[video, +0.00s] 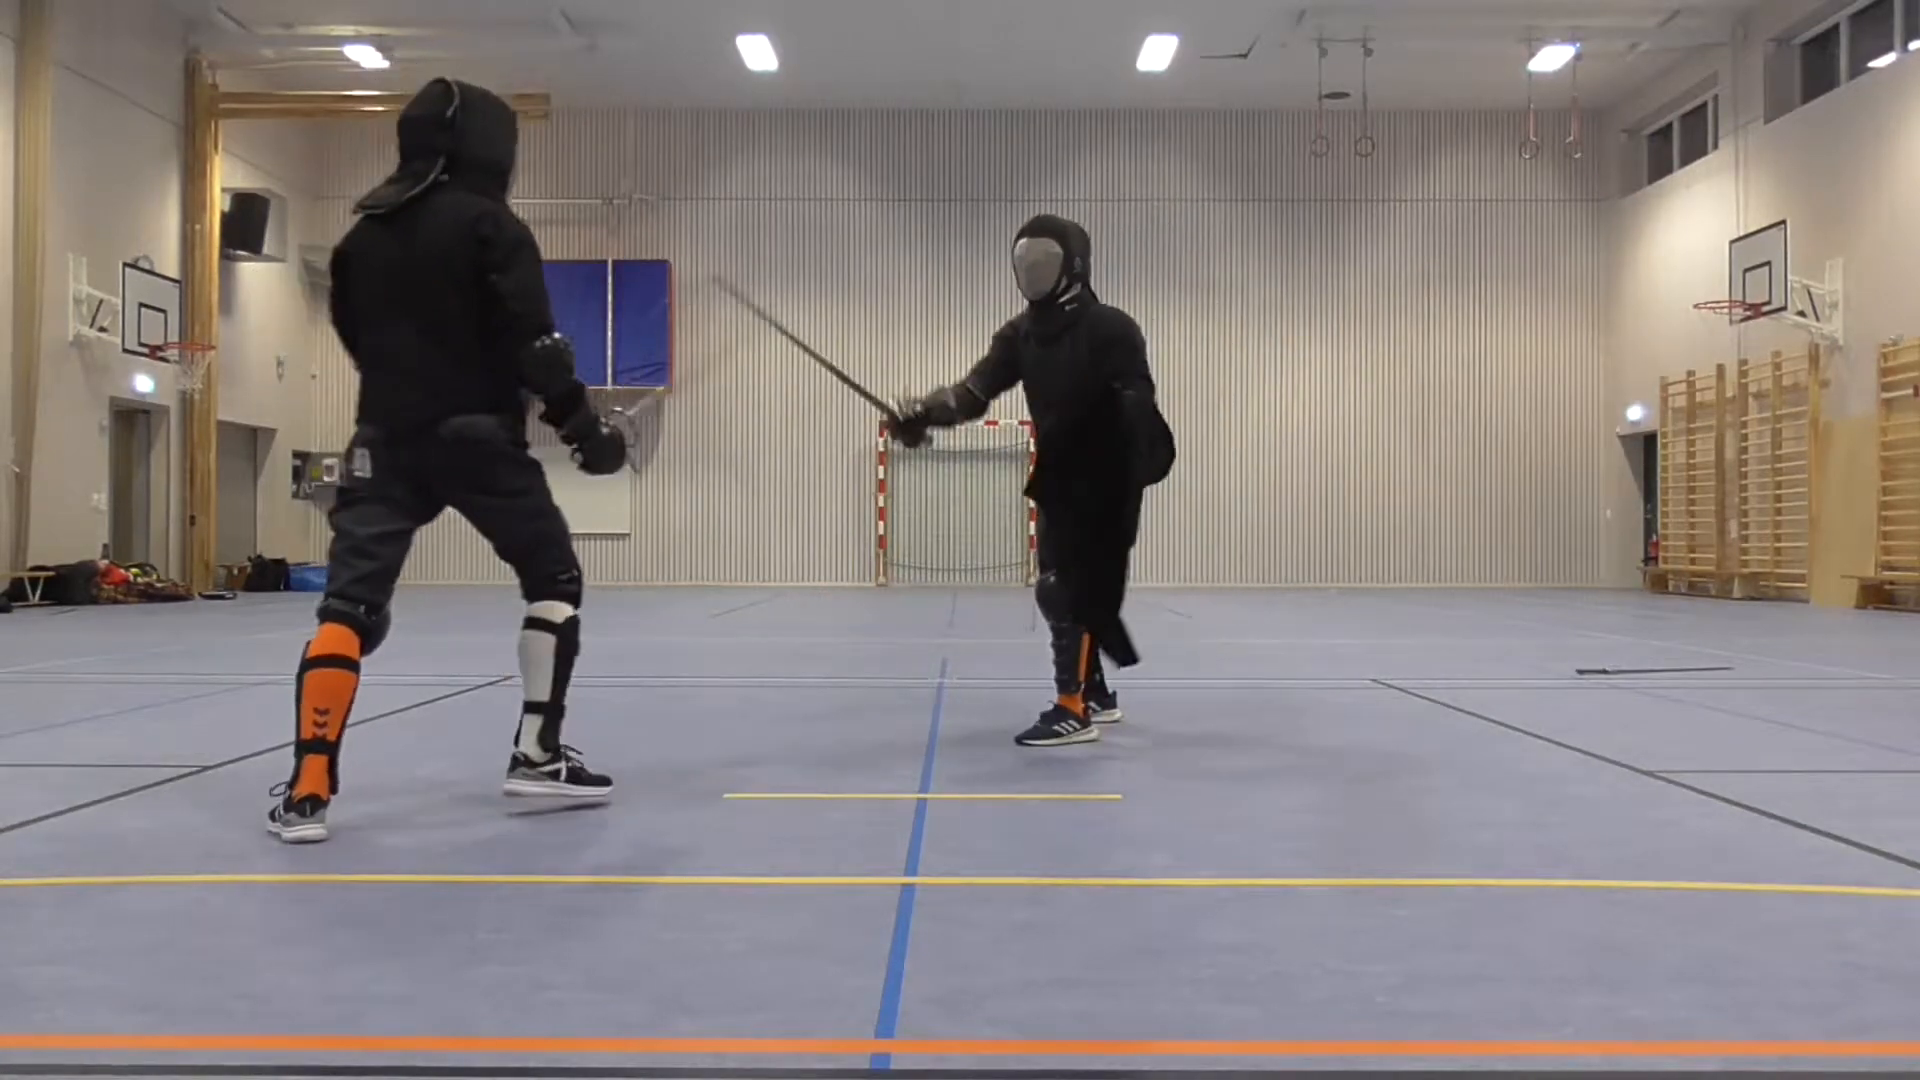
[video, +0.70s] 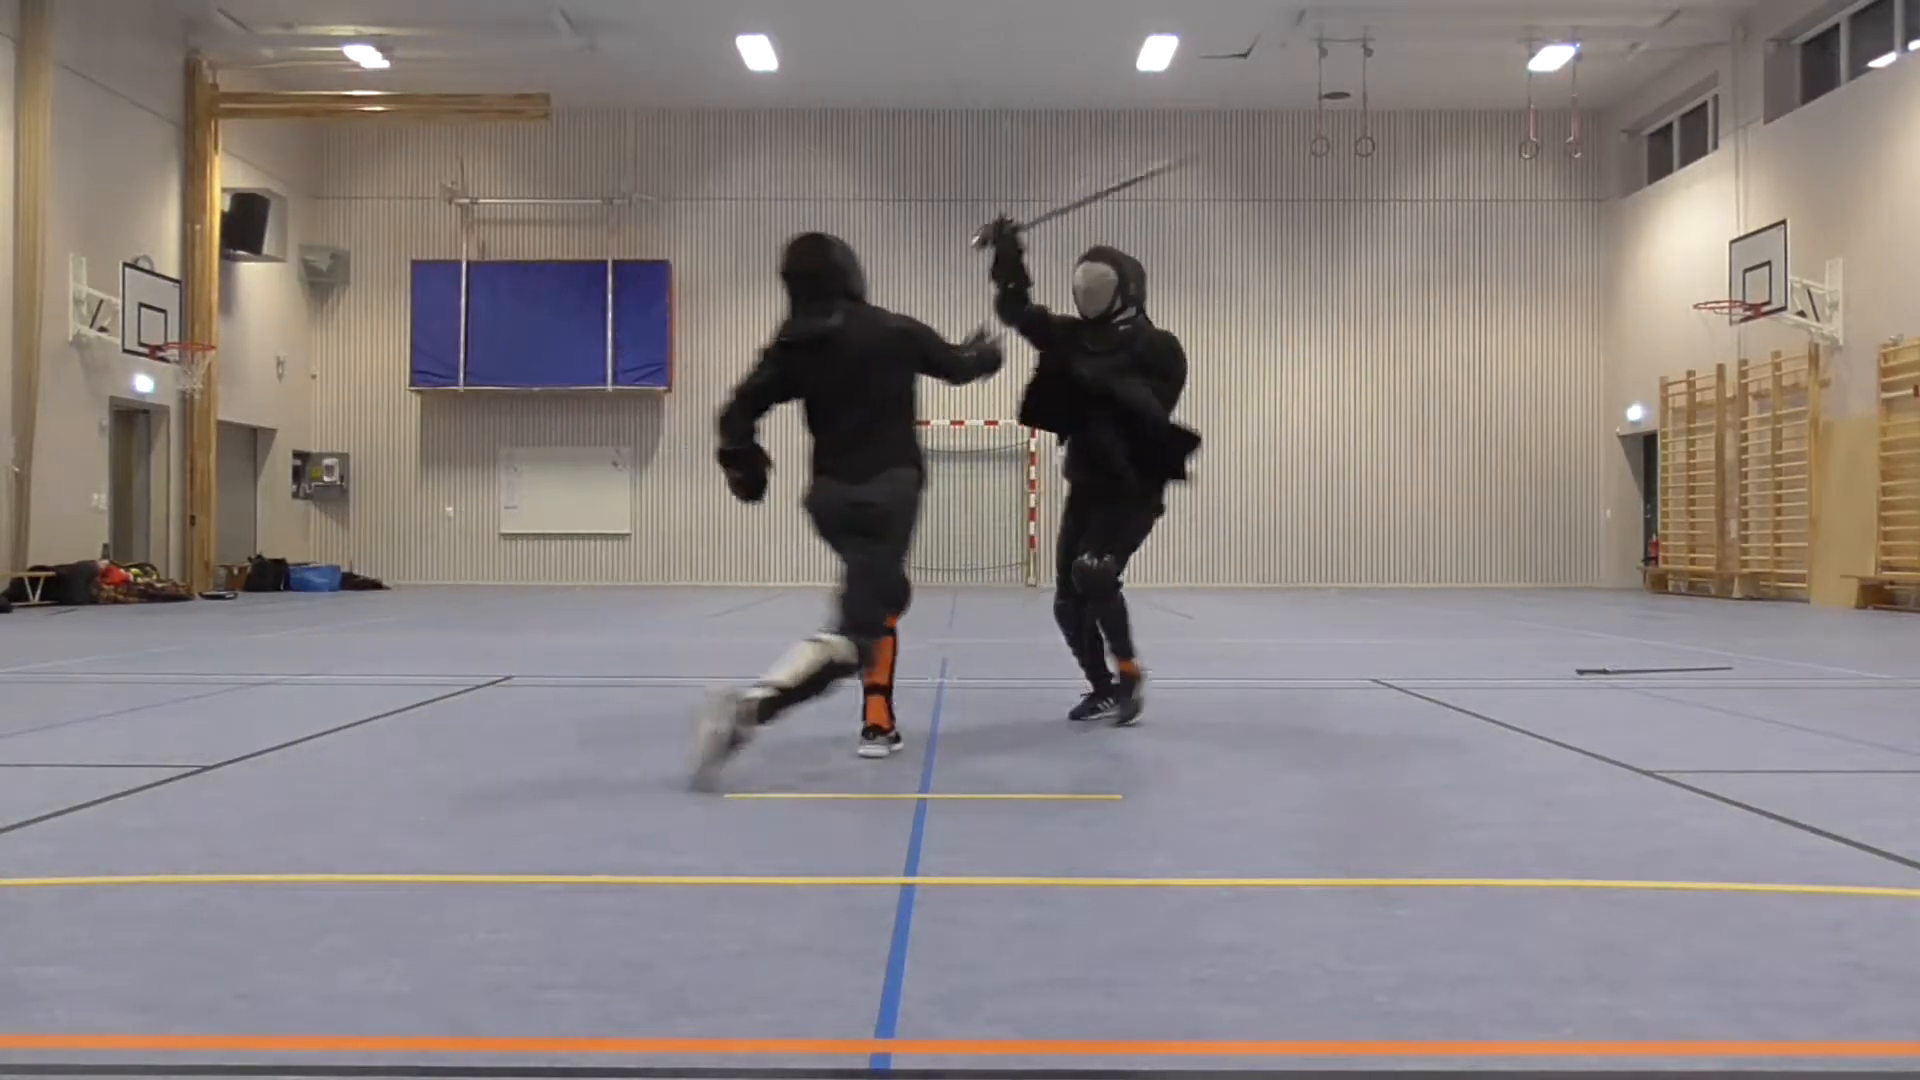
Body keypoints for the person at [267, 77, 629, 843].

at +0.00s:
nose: (508, 162)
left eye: (508, 149)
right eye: (502, 148)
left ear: (418, 145)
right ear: (481, 147)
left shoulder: (366, 231)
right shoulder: (492, 226)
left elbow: (354, 330)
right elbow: (536, 345)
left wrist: (410, 385)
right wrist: (586, 426)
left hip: (384, 441)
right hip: (480, 440)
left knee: (348, 602)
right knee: (553, 580)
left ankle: (309, 789)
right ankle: (538, 749)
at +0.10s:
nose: (533, 178)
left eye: (532, 165)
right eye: (527, 165)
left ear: (445, 164)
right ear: (507, 165)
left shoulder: (405, 253)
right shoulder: (519, 243)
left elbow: (462, 351)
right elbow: (577, 341)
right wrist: (643, 400)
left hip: (414, 458)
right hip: (506, 457)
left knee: (366, 609)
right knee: (587, 583)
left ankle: (314, 782)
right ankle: (552, 743)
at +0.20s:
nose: (586, 209)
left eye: (583, 197)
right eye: (582, 197)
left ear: (502, 193)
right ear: (566, 198)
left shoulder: (469, 262)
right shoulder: (566, 267)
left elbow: (548, 321)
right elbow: (655, 328)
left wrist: (637, 305)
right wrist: (711, 329)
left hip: (455, 470)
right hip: (541, 470)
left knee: (389, 617)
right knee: (630, 592)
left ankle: (315, 788)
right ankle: (593, 742)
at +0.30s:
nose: (655, 229)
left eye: (651, 218)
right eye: (648, 217)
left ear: (574, 217)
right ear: (633, 223)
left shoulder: (553, 282)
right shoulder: (631, 283)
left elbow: (674, 301)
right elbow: (742, 311)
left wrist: (752, 281)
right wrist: (766, 267)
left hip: (528, 480)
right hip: (604, 482)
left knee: (441, 611)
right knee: (663, 616)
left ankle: (341, 754)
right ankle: (598, 755)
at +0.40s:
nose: (697, 230)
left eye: (689, 221)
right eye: (690, 221)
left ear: (619, 236)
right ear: (681, 230)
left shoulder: (609, 299)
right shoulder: (707, 289)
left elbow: (688, 342)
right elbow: (819, 306)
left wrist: (756, 333)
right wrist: (815, 225)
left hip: (612, 484)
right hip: (688, 488)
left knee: (548, 616)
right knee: (700, 633)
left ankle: (452, 702)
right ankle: (607, 741)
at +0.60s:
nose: (806, 258)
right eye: (798, 249)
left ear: (733, 268)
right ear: (792, 255)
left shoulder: (724, 334)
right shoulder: (829, 317)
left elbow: (678, 425)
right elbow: (904, 358)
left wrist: (743, 440)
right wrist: (939, 358)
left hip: (755, 492)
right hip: (823, 486)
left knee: (823, 574)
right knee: (755, 637)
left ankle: (847, 702)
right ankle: (635, 723)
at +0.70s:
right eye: (852, 263)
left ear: (794, 285)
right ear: (849, 273)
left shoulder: (795, 345)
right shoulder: (892, 330)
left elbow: (740, 409)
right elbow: (956, 365)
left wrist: (742, 462)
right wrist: (987, 350)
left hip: (828, 495)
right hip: (892, 491)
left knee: (888, 596)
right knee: (856, 632)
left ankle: (877, 723)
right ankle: (755, 706)